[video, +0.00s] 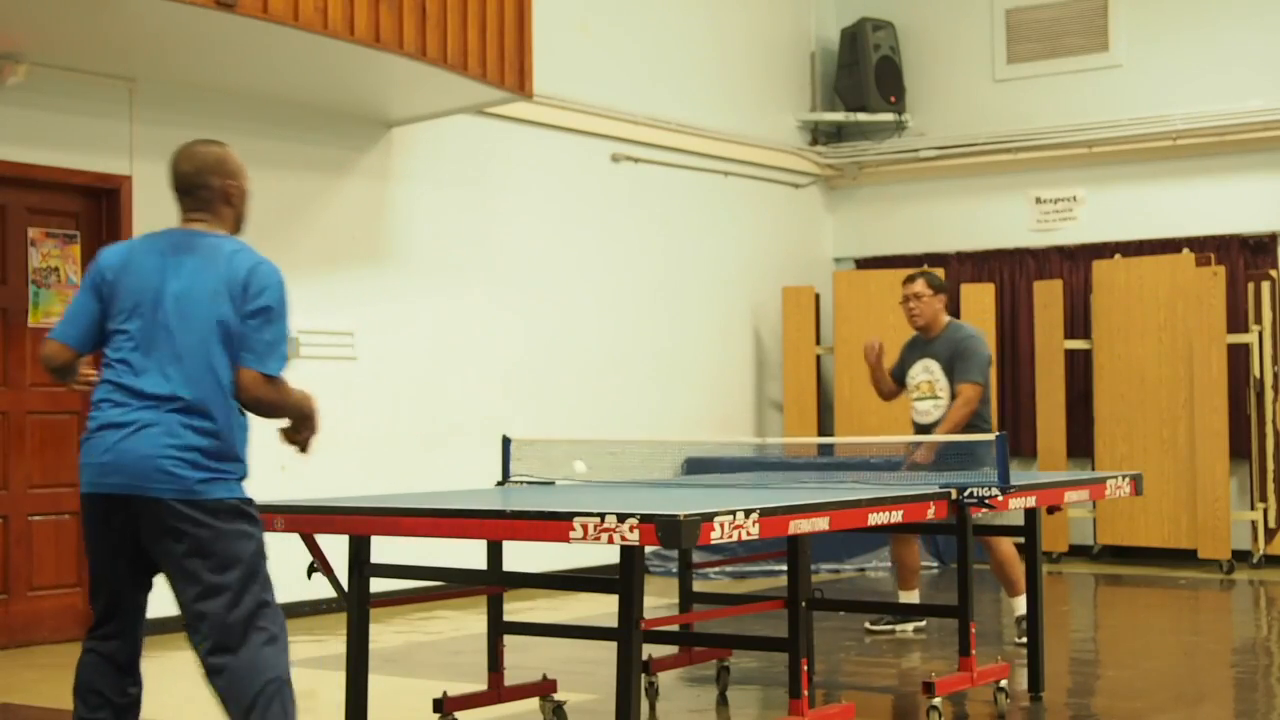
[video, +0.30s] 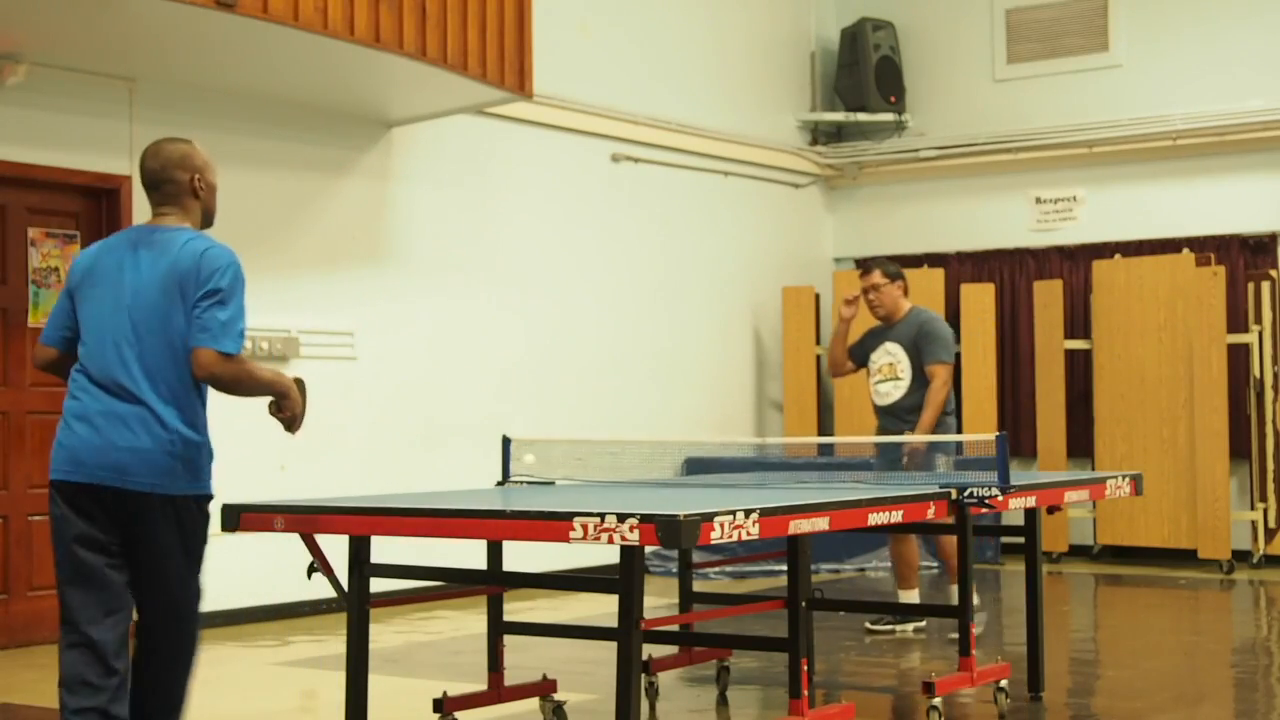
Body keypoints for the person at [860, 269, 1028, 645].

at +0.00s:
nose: (910, 307)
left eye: (918, 299)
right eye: (905, 301)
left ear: (942, 300)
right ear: (903, 306)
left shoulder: (968, 341)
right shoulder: (913, 346)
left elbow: (967, 401)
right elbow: (889, 391)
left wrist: (931, 444)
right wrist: (875, 367)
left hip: (970, 452)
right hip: (925, 453)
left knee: (991, 531)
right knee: (903, 524)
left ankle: (1024, 614)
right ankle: (909, 611)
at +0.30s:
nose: (870, 298)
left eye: (876, 290)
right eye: (866, 293)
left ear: (901, 288)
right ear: (866, 297)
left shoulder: (929, 325)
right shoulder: (876, 335)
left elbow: (940, 382)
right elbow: (838, 367)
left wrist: (920, 435)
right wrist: (843, 325)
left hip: (933, 438)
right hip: (890, 441)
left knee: (939, 519)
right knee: (897, 523)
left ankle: (966, 603)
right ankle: (908, 610)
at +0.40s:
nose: (860, 298)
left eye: (867, 290)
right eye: (856, 293)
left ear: (889, 289)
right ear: (854, 297)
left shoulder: (919, 324)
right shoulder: (865, 340)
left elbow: (936, 379)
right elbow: (829, 376)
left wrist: (917, 433)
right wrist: (833, 330)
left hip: (920, 441)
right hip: (884, 444)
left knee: (918, 521)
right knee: (897, 523)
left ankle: (924, 612)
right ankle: (906, 608)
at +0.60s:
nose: (846, 301)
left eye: (853, 292)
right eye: (842, 295)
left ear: (875, 291)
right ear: (839, 299)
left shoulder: (905, 330)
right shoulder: (847, 344)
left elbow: (920, 388)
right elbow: (832, 394)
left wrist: (922, 441)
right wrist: (814, 380)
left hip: (897, 444)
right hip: (863, 446)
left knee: (883, 521)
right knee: (887, 522)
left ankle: (865, 610)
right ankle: (909, 607)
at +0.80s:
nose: (839, 295)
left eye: (846, 287)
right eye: (835, 288)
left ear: (869, 287)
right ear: (832, 292)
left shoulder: (893, 331)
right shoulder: (835, 335)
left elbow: (905, 394)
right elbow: (825, 392)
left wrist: (908, 449)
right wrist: (810, 439)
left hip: (875, 446)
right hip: (838, 447)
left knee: (862, 523)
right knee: (860, 522)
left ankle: (858, 612)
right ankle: (896, 594)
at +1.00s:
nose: (827, 290)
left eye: (835, 282)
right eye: (824, 283)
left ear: (859, 284)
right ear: (822, 288)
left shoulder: (879, 328)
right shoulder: (827, 327)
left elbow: (883, 390)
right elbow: (825, 387)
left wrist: (871, 445)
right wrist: (813, 438)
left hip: (860, 444)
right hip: (824, 442)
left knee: (856, 524)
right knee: (812, 519)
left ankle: (857, 615)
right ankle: (863, 578)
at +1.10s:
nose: (821, 288)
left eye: (829, 280)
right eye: (817, 281)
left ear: (852, 283)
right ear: (815, 285)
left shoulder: (873, 325)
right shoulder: (819, 324)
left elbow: (873, 388)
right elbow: (818, 388)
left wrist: (853, 439)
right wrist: (805, 435)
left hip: (860, 443)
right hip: (819, 440)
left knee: (855, 523)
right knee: (807, 518)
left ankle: (857, 614)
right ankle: (828, 598)